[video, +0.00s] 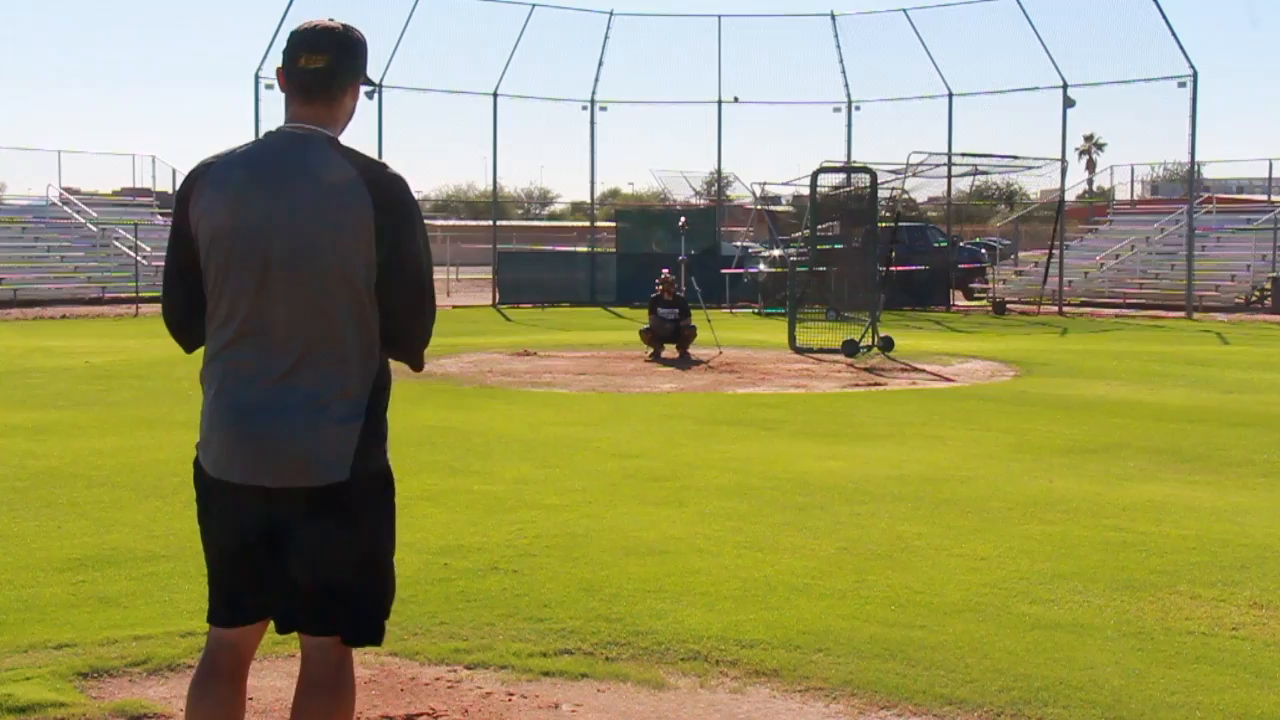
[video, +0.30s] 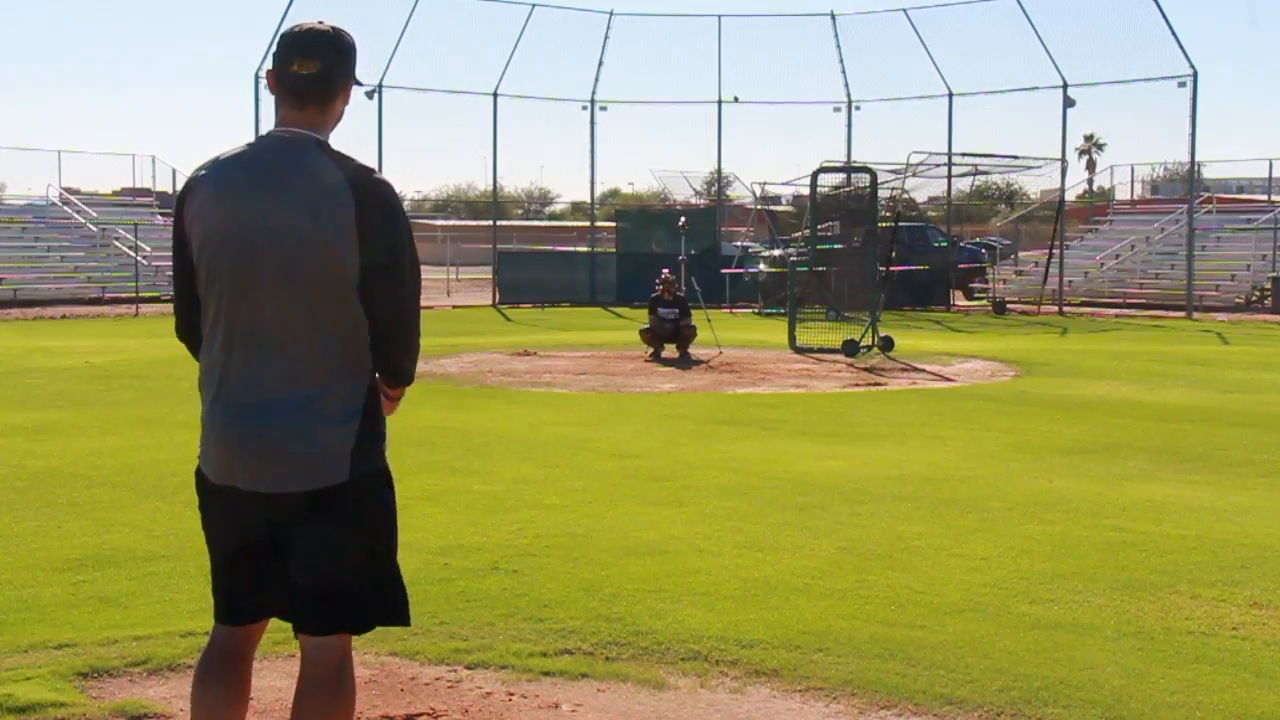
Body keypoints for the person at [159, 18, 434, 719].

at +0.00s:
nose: (352, 100)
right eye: (357, 90)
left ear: (280, 84)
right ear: (357, 94)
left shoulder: (206, 181)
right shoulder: (381, 190)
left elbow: (186, 326)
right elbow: (410, 342)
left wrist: (262, 287)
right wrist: (338, 292)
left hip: (229, 454)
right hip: (337, 460)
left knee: (229, 636)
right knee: (329, 649)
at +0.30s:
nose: (343, 100)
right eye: (348, 90)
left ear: (270, 86)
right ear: (346, 95)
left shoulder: (203, 186)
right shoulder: (367, 193)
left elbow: (193, 325)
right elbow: (397, 341)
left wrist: (253, 377)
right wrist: (387, 387)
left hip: (228, 451)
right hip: (332, 457)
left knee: (233, 628)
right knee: (328, 645)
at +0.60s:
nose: (320, 105)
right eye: (322, 94)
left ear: (246, 89)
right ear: (318, 99)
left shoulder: (179, 186)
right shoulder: (322, 192)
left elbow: (161, 323)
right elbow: (354, 319)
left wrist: (221, 363)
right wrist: (386, 387)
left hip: (201, 444)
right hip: (299, 449)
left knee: (204, 591)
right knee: (310, 634)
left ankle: (129, 714)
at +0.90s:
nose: (264, 141)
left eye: (270, 127)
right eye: (268, 124)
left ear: (197, 110)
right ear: (248, 117)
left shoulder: (134, 192)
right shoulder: (218, 204)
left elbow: (188, 321)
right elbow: (265, 342)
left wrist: (295, 307)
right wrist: (328, 328)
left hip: (117, 451)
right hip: (207, 456)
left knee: (112, 626)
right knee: (272, 632)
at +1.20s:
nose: (225, 166)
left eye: (234, 156)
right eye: (228, 149)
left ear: (185, 122)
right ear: (192, 120)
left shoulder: (105, 187)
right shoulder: (151, 193)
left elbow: (183, 307)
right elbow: (226, 314)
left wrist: (278, 286)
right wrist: (299, 285)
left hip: (70, 443)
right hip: (142, 449)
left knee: (87, 612)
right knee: (245, 597)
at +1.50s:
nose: (228, 168)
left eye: (236, 158)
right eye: (230, 151)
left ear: (189, 125)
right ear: (192, 121)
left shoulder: (114, 187)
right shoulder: (144, 192)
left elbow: (197, 303)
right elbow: (212, 312)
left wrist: (276, 289)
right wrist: (287, 283)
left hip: (80, 444)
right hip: (143, 448)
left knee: (91, 609)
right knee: (254, 584)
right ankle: (223, 716)